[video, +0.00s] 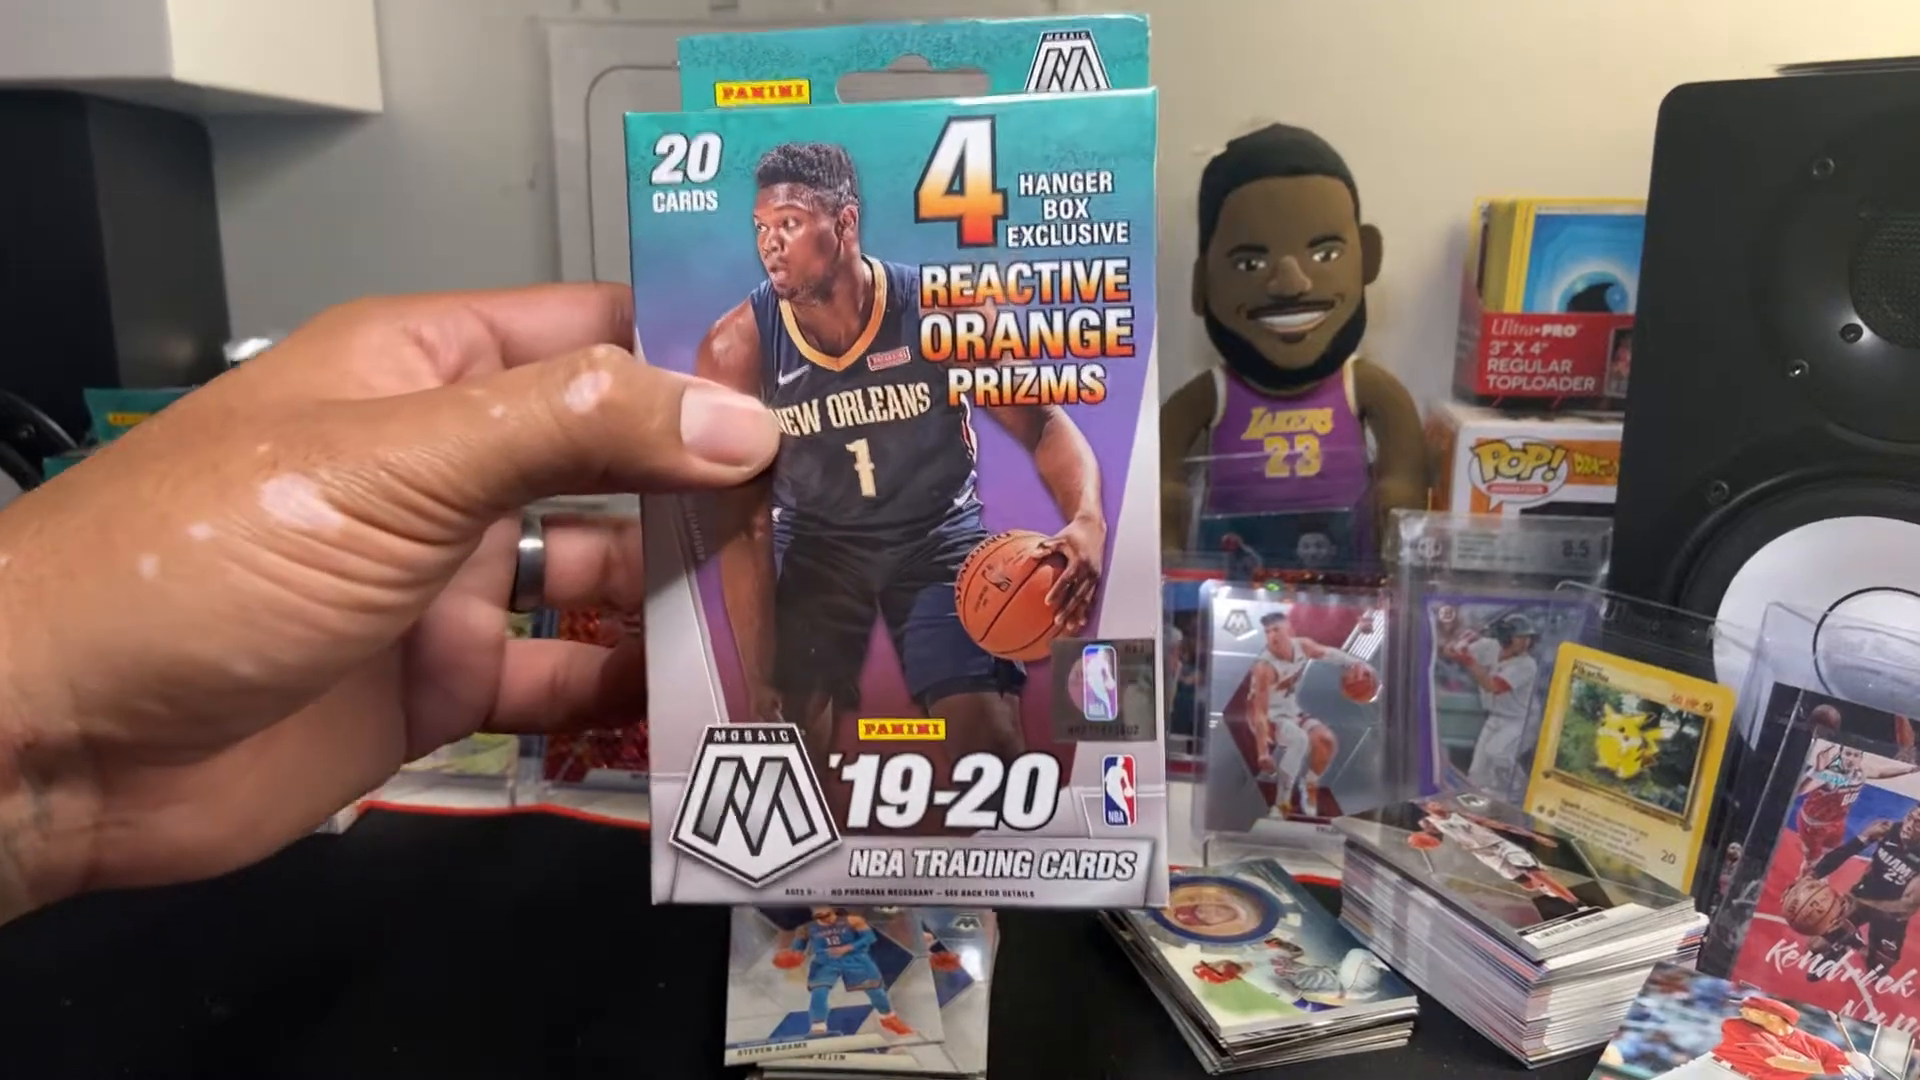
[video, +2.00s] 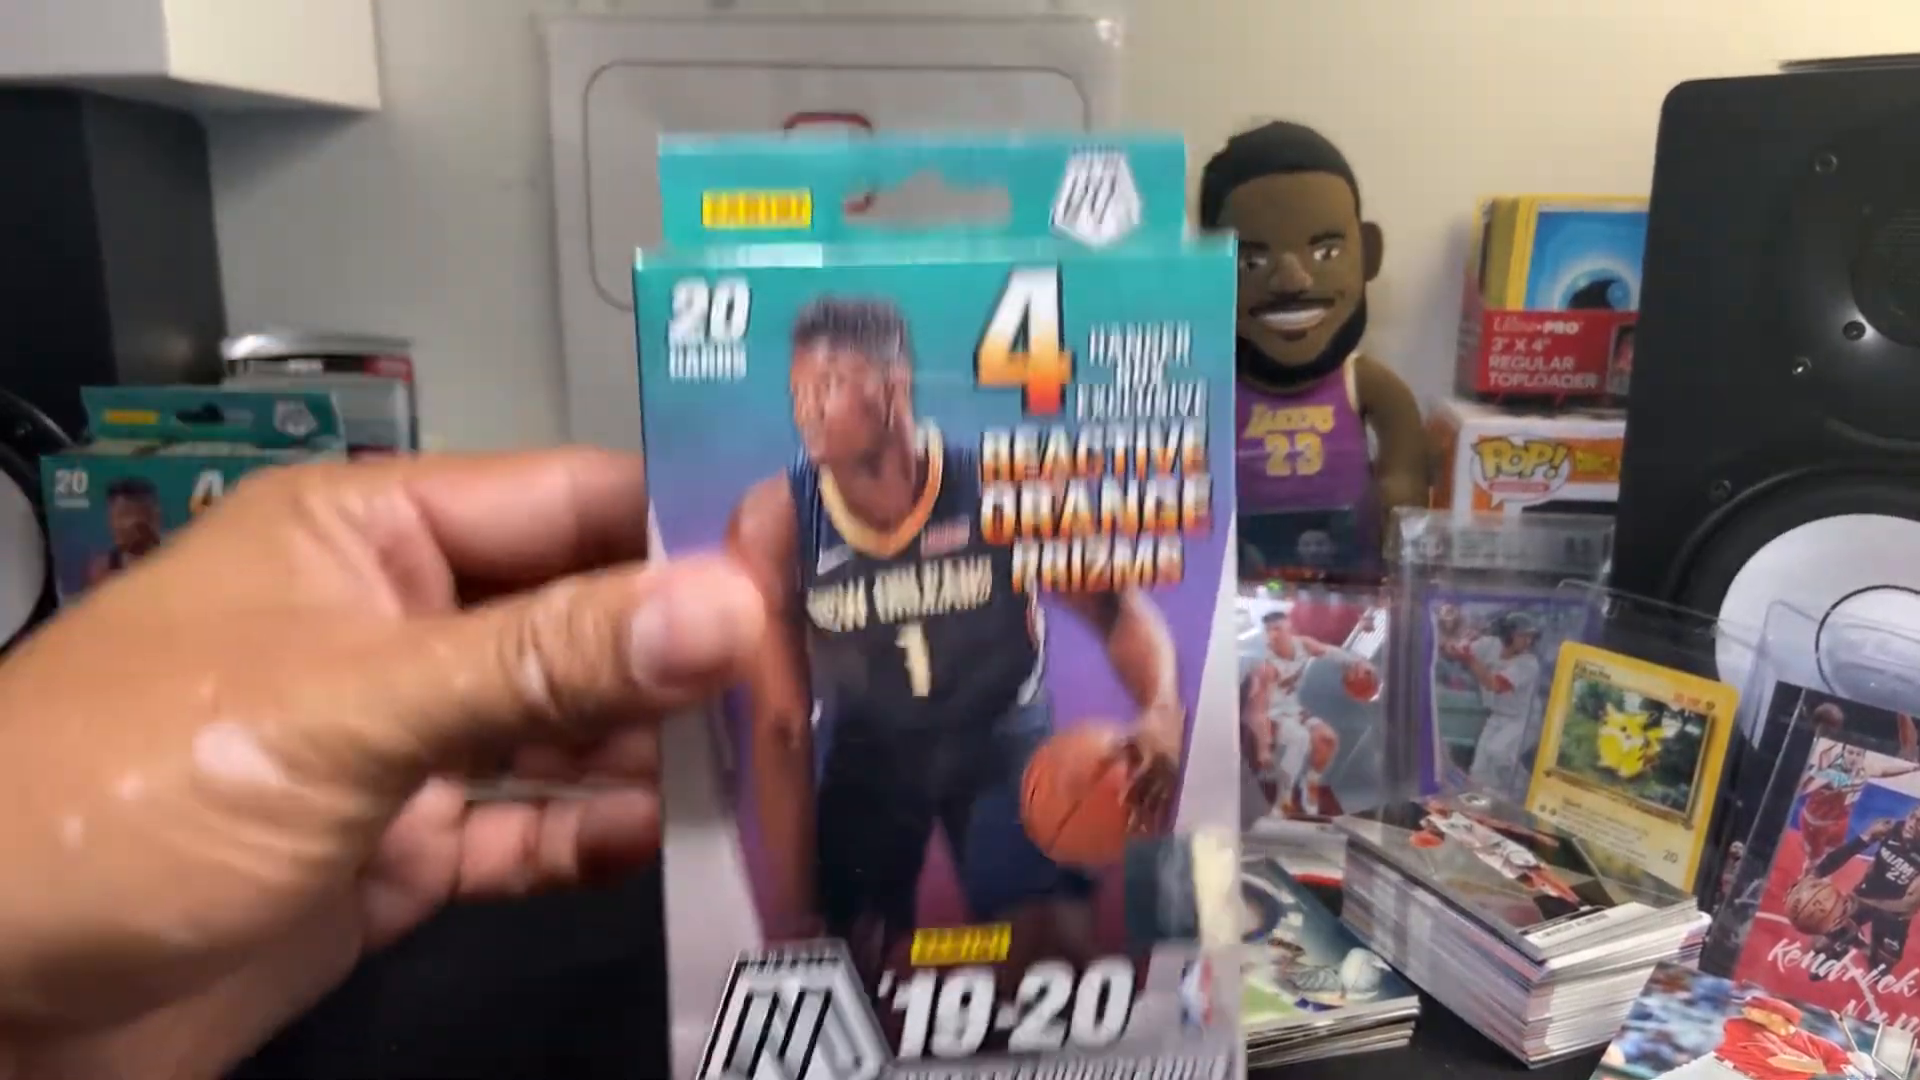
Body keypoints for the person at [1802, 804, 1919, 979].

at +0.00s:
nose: (1910, 826)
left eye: (1918, 824)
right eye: (1910, 818)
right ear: (1905, 816)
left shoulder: (1918, 861)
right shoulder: (1884, 829)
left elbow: (1907, 907)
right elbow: (1844, 852)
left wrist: (1859, 904)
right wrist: (1815, 874)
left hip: (1892, 913)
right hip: (1862, 898)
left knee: (1878, 968)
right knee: (1815, 946)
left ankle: (1852, 941)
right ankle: (1839, 948)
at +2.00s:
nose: (1912, 824)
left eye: (1918, 822)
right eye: (1912, 817)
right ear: (1907, 815)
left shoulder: (1917, 858)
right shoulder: (1888, 830)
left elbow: (1908, 905)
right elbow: (1848, 851)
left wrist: (1861, 903)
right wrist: (1816, 873)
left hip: (1895, 912)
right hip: (1865, 897)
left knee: (1880, 969)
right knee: (1820, 947)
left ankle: (1853, 939)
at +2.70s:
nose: (1912, 824)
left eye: (1918, 822)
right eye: (1912, 817)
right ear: (1907, 815)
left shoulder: (1918, 858)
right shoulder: (1888, 829)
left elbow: (1909, 905)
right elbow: (1847, 850)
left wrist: (1862, 903)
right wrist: (1815, 873)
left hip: (1895, 909)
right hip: (1865, 894)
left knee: (1881, 966)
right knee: (1820, 945)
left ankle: (1854, 940)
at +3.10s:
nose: (1911, 824)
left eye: (1918, 822)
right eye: (1911, 816)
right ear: (1906, 814)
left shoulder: (1918, 860)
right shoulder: (1886, 828)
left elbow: (1907, 905)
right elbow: (1846, 850)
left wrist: (1860, 904)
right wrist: (1814, 873)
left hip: (1894, 912)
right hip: (1863, 896)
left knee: (1877, 971)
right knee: (1817, 946)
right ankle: (1840, 948)